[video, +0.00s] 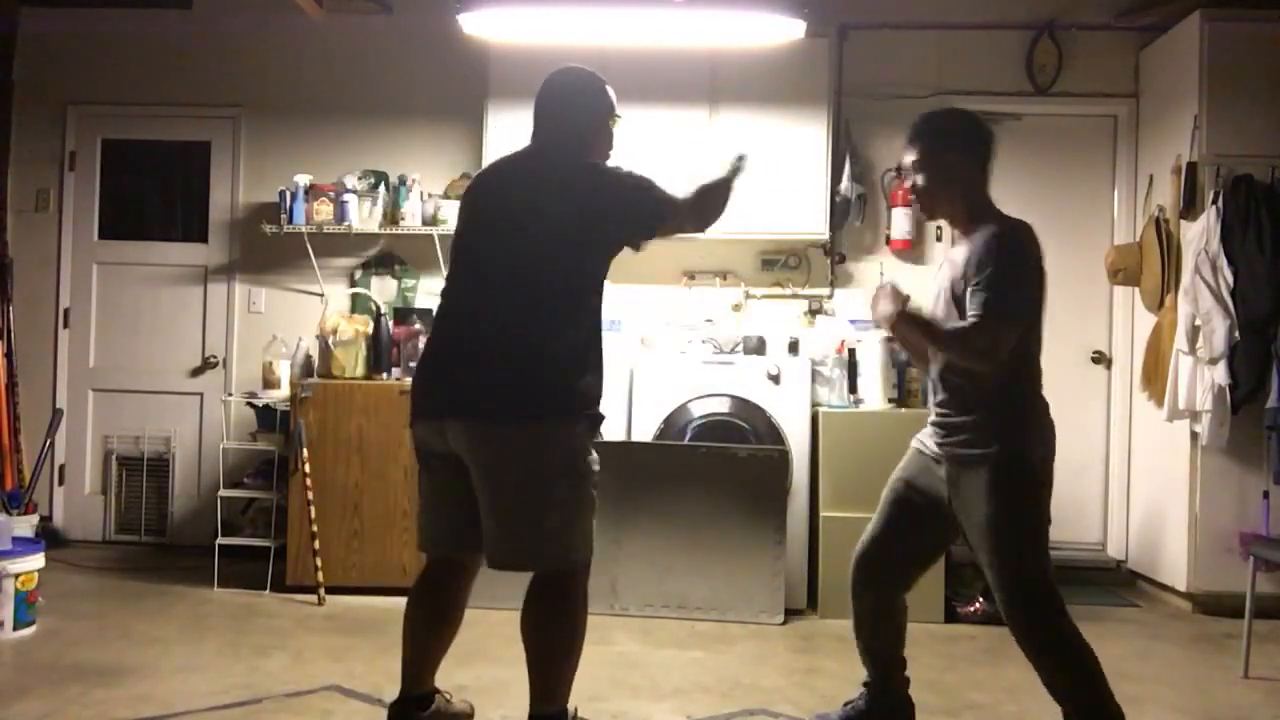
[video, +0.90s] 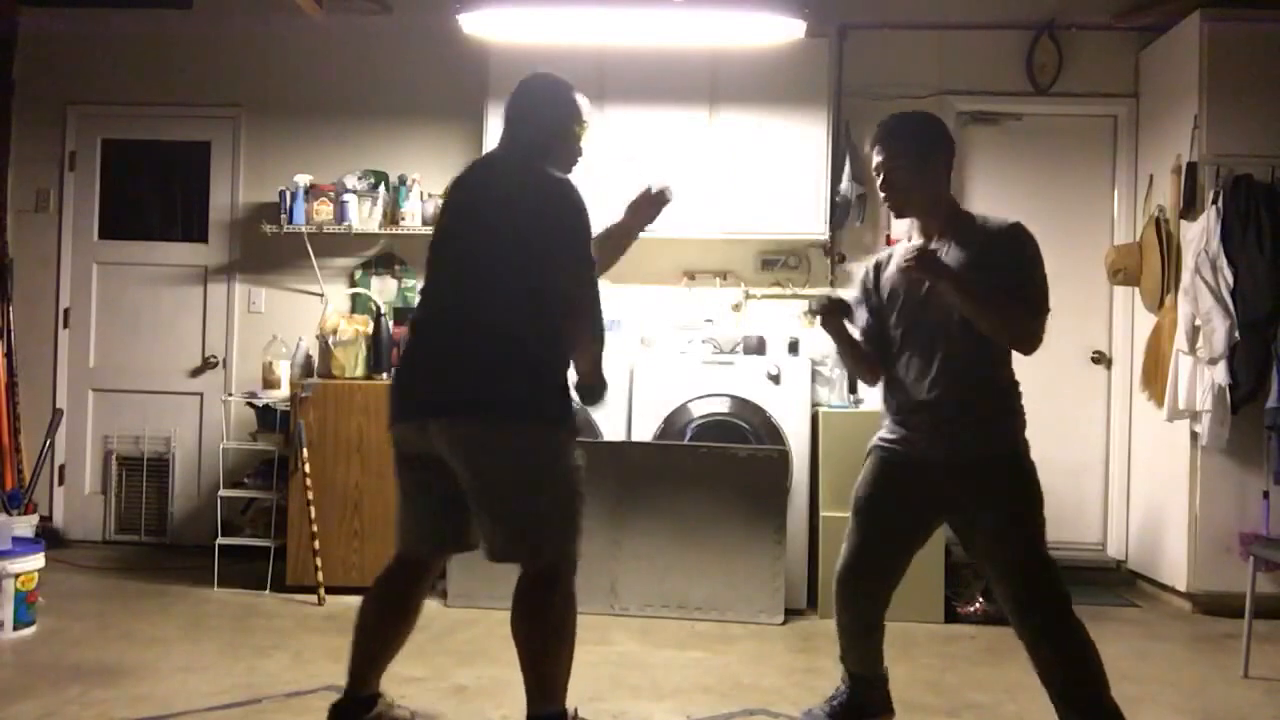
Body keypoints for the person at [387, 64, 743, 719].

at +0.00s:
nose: (614, 135)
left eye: (614, 123)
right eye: (610, 122)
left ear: (541, 119)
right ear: (592, 122)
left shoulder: (486, 181)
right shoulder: (601, 186)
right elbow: (693, 214)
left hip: (440, 398)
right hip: (535, 406)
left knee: (450, 556)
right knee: (563, 562)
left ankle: (413, 699)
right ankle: (550, 711)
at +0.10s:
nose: (611, 132)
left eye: (609, 119)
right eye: (605, 119)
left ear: (536, 119)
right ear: (585, 121)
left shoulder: (485, 182)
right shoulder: (595, 183)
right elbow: (693, 229)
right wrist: (759, 217)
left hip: (437, 395)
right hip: (529, 405)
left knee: (450, 556)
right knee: (556, 564)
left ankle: (413, 699)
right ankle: (548, 714)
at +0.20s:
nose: (603, 131)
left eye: (602, 118)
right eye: (596, 117)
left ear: (530, 118)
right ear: (570, 120)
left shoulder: (489, 181)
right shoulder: (574, 192)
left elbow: (574, 247)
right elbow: (645, 271)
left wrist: (611, 182)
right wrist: (697, 288)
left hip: (440, 395)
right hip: (527, 404)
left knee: (451, 556)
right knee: (556, 560)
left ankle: (412, 701)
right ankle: (547, 712)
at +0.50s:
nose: (612, 130)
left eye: (611, 116)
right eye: (604, 116)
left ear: (541, 115)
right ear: (573, 115)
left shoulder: (505, 182)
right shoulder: (557, 176)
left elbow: (559, 289)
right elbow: (650, 205)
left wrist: (632, 279)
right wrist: (731, 192)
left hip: (448, 397)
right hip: (525, 404)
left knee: (454, 556)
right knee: (559, 558)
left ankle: (412, 696)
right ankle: (547, 712)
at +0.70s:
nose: (617, 136)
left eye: (617, 121)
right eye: (611, 120)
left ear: (545, 115)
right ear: (583, 119)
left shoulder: (499, 177)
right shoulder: (590, 183)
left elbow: (523, 261)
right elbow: (675, 250)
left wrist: (598, 259)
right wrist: (741, 266)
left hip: (442, 392)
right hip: (528, 402)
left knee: (452, 548)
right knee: (555, 560)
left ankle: (402, 689)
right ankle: (548, 713)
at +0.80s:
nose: (601, 139)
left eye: (602, 125)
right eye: (595, 124)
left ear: (531, 119)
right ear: (563, 123)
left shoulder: (485, 181)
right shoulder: (569, 193)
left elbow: (558, 269)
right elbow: (589, 295)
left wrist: (610, 220)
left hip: (438, 390)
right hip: (527, 398)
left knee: (438, 547)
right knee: (557, 558)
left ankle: (377, 693)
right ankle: (549, 713)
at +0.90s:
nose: (583, 141)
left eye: (583, 128)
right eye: (576, 127)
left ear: (515, 123)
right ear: (548, 126)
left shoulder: (468, 185)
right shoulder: (554, 194)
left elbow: (570, 268)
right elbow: (577, 304)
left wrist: (631, 224)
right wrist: (591, 375)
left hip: (420, 396)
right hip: (514, 401)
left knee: (416, 556)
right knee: (549, 561)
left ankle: (357, 700)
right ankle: (548, 713)